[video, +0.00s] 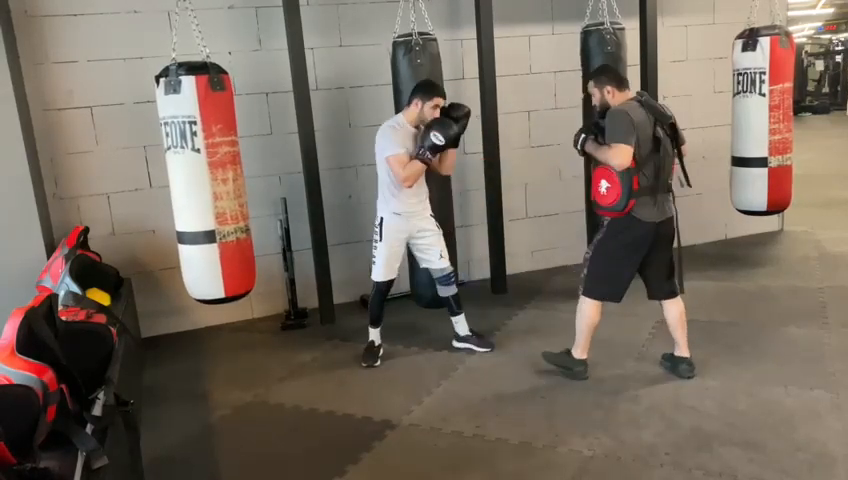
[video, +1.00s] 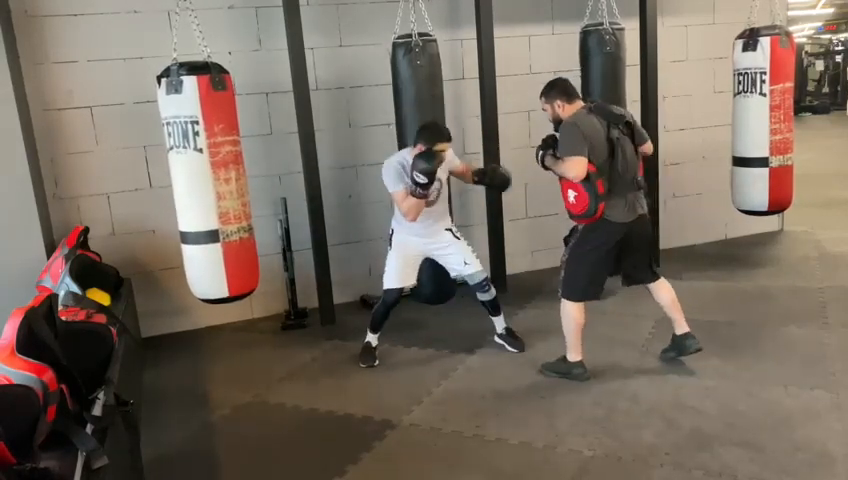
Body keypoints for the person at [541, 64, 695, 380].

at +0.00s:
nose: (594, 101)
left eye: (594, 95)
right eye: (591, 96)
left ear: (609, 90)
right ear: (624, 87)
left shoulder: (619, 115)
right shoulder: (653, 107)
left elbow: (620, 158)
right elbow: (679, 147)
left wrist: (587, 144)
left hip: (629, 222)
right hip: (661, 221)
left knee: (593, 286)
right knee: (666, 289)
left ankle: (578, 357)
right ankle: (683, 357)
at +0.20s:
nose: (592, 104)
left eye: (592, 97)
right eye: (590, 98)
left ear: (607, 92)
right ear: (620, 90)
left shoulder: (617, 118)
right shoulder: (651, 110)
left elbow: (618, 162)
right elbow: (677, 155)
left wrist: (587, 148)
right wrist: (642, 143)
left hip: (625, 224)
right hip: (656, 223)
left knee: (596, 293)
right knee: (663, 290)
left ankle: (575, 360)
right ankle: (682, 357)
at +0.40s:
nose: (584, 102)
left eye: (585, 96)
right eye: (582, 96)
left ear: (599, 92)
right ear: (611, 91)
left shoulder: (608, 118)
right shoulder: (641, 112)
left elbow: (608, 163)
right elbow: (664, 156)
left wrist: (579, 148)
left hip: (614, 224)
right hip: (646, 221)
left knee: (579, 291)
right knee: (660, 289)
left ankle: (574, 359)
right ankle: (680, 356)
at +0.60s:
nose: (569, 105)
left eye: (568, 98)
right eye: (566, 99)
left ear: (582, 95)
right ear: (598, 91)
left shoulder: (592, 120)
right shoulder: (628, 112)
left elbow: (590, 164)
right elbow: (654, 152)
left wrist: (562, 148)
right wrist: (618, 154)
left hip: (599, 224)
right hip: (633, 222)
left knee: (567, 290)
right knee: (651, 286)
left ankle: (573, 359)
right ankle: (678, 352)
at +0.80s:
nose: (548, 104)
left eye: (548, 97)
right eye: (547, 98)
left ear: (561, 93)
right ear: (577, 89)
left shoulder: (570, 118)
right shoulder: (614, 109)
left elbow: (569, 163)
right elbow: (641, 148)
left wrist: (544, 148)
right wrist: (606, 144)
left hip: (586, 223)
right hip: (622, 219)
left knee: (564, 289)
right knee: (642, 279)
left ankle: (573, 359)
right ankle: (673, 343)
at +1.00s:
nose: (550, 117)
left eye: (548, 111)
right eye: (547, 112)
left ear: (560, 104)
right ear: (576, 98)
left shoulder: (573, 126)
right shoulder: (616, 113)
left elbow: (576, 170)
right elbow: (646, 147)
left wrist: (549, 160)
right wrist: (611, 159)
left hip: (602, 223)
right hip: (636, 218)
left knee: (572, 289)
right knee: (650, 275)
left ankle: (573, 360)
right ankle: (684, 334)